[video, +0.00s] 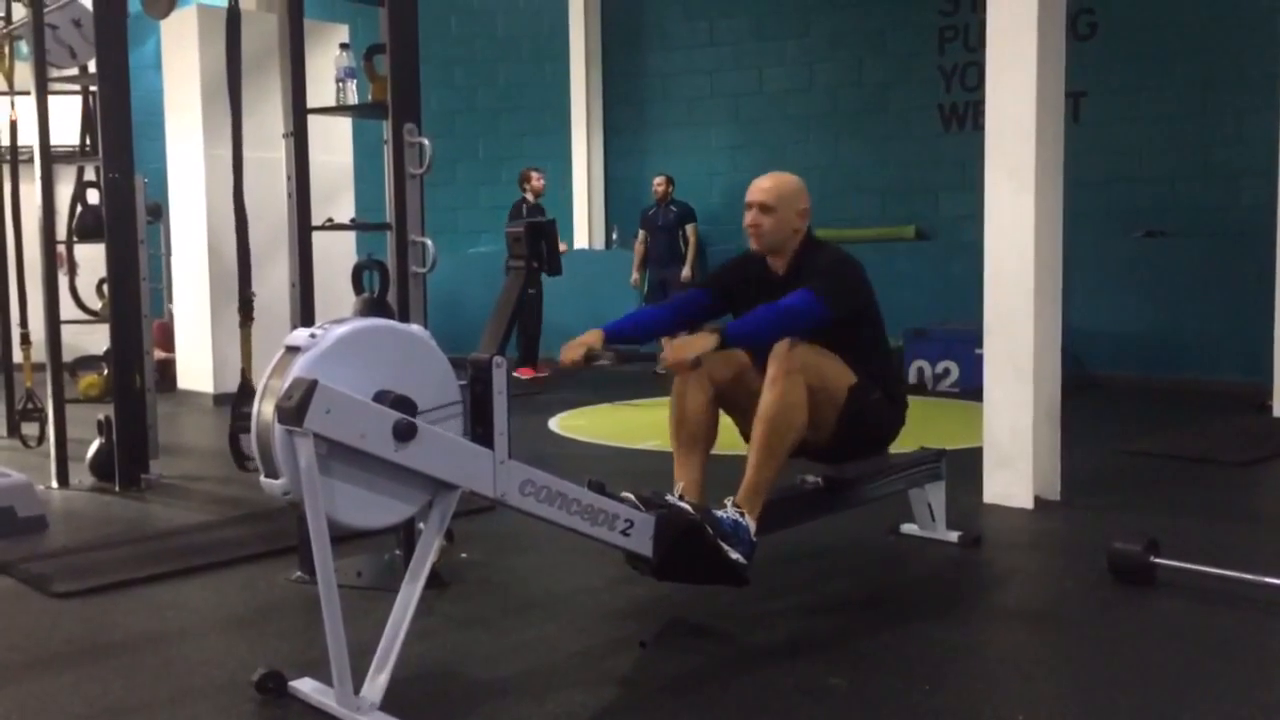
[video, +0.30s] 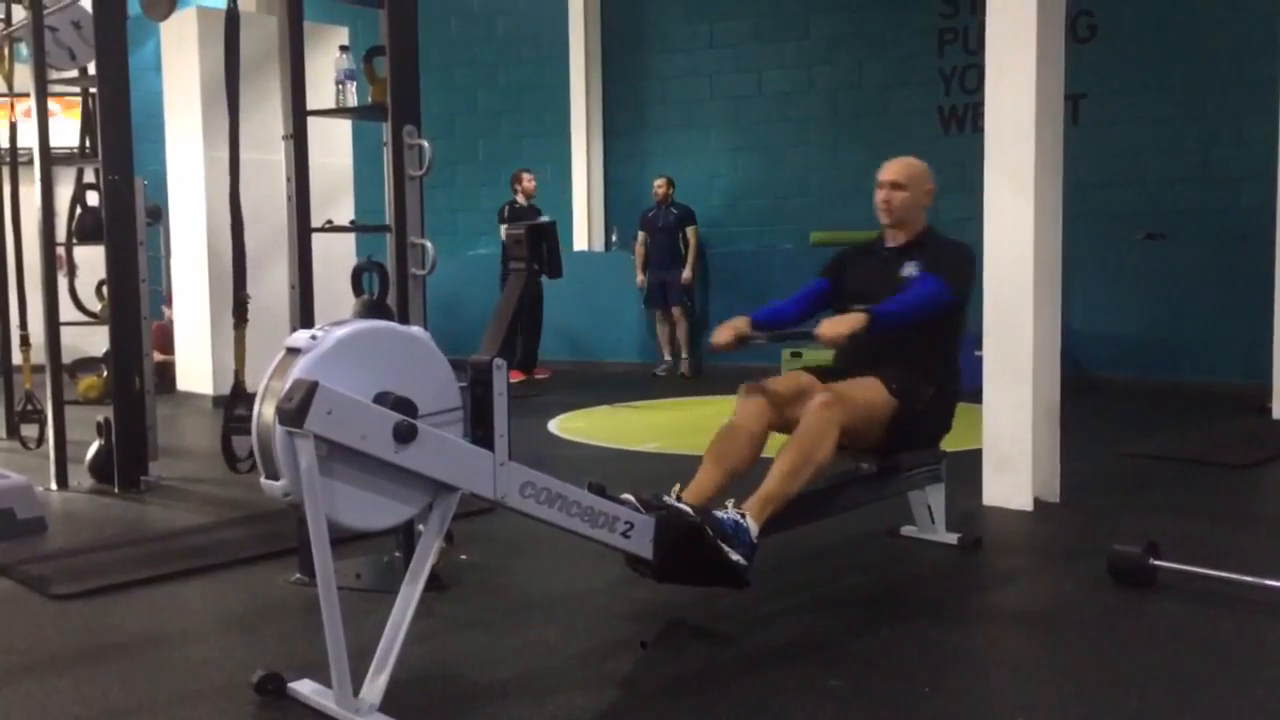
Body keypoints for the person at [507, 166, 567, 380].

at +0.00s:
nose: (543, 183)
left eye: (542, 179)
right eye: (538, 180)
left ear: (536, 185)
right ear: (527, 184)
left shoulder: (538, 209)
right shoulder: (520, 208)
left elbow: (539, 240)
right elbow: (524, 241)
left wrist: (554, 247)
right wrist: (553, 248)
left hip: (535, 269)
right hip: (523, 269)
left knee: (533, 318)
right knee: (526, 318)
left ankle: (531, 363)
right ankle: (524, 364)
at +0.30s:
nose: (534, 184)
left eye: (534, 180)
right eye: (529, 181)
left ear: (530, 185)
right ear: (518, 185)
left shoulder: (535, 211)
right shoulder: (507, 209)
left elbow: (541, 239)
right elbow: (508, 237)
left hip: (533, 271)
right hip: (513, 272)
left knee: (533, 319)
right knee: (512, 319)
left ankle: (529, 366)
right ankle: (510, 367)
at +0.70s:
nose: (540, 192)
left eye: (540, 188)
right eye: (537, 188)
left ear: (536, 191)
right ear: (523, 189)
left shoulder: (537, 214)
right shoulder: (508, 209)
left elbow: (543, 243)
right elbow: (522, 215)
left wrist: (548, 269)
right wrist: (525, 193)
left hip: (539, 273)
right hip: (517, 273)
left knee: (544, 322)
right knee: (512, 322)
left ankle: (549, 366)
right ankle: (510, 368)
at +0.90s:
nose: (548, 196)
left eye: (549, 192)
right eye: (546, 192)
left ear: (545, 193)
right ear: (535, 190)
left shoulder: (544, 214)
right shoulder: (516, 209)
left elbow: (551, 246)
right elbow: (529, 217)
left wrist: (555, 273)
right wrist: (533, 195)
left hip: (545, 277)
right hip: (524, 277)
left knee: (543, 325)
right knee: (516, 324)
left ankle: (548, 367)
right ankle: (510, 368)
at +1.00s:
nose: (552, 198)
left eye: (553, 195)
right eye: (550, 194)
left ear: (551, 196)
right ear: (539, 191)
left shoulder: (549, 215)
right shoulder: (521, 209)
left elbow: (552, 246)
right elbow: (532, 217)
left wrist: (556, 272)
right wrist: (537, 196)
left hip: (550, 276)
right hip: (528, 276)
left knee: (546, 324)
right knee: (519, 322)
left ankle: (548, 365)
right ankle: (511, 366)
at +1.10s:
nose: (557, 200)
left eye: (559, 197)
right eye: (556, 195)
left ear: (557, 198)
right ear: (544, 192)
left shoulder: (554, 215)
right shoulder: (525, 208)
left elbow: (554, 246)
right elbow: (536, 216)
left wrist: (557, 272)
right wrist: (543, 196)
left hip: (552, 274)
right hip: (531, 274)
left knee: (548, 322)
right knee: (524, 321)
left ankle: (548, 364)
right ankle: (515, 365)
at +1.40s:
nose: (567, 206)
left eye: (569, 203)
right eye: (567, 202)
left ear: (561, 197)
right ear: (558, 195)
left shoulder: (552, 213)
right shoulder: (533, 206)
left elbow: (553, 248)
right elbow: (531, 239)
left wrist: (559, 273)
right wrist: (560, 224)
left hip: (554, 275)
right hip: (536, 275)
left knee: (550, 322)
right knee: (532, 321)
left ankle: (548, 363)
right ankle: (526, 364)